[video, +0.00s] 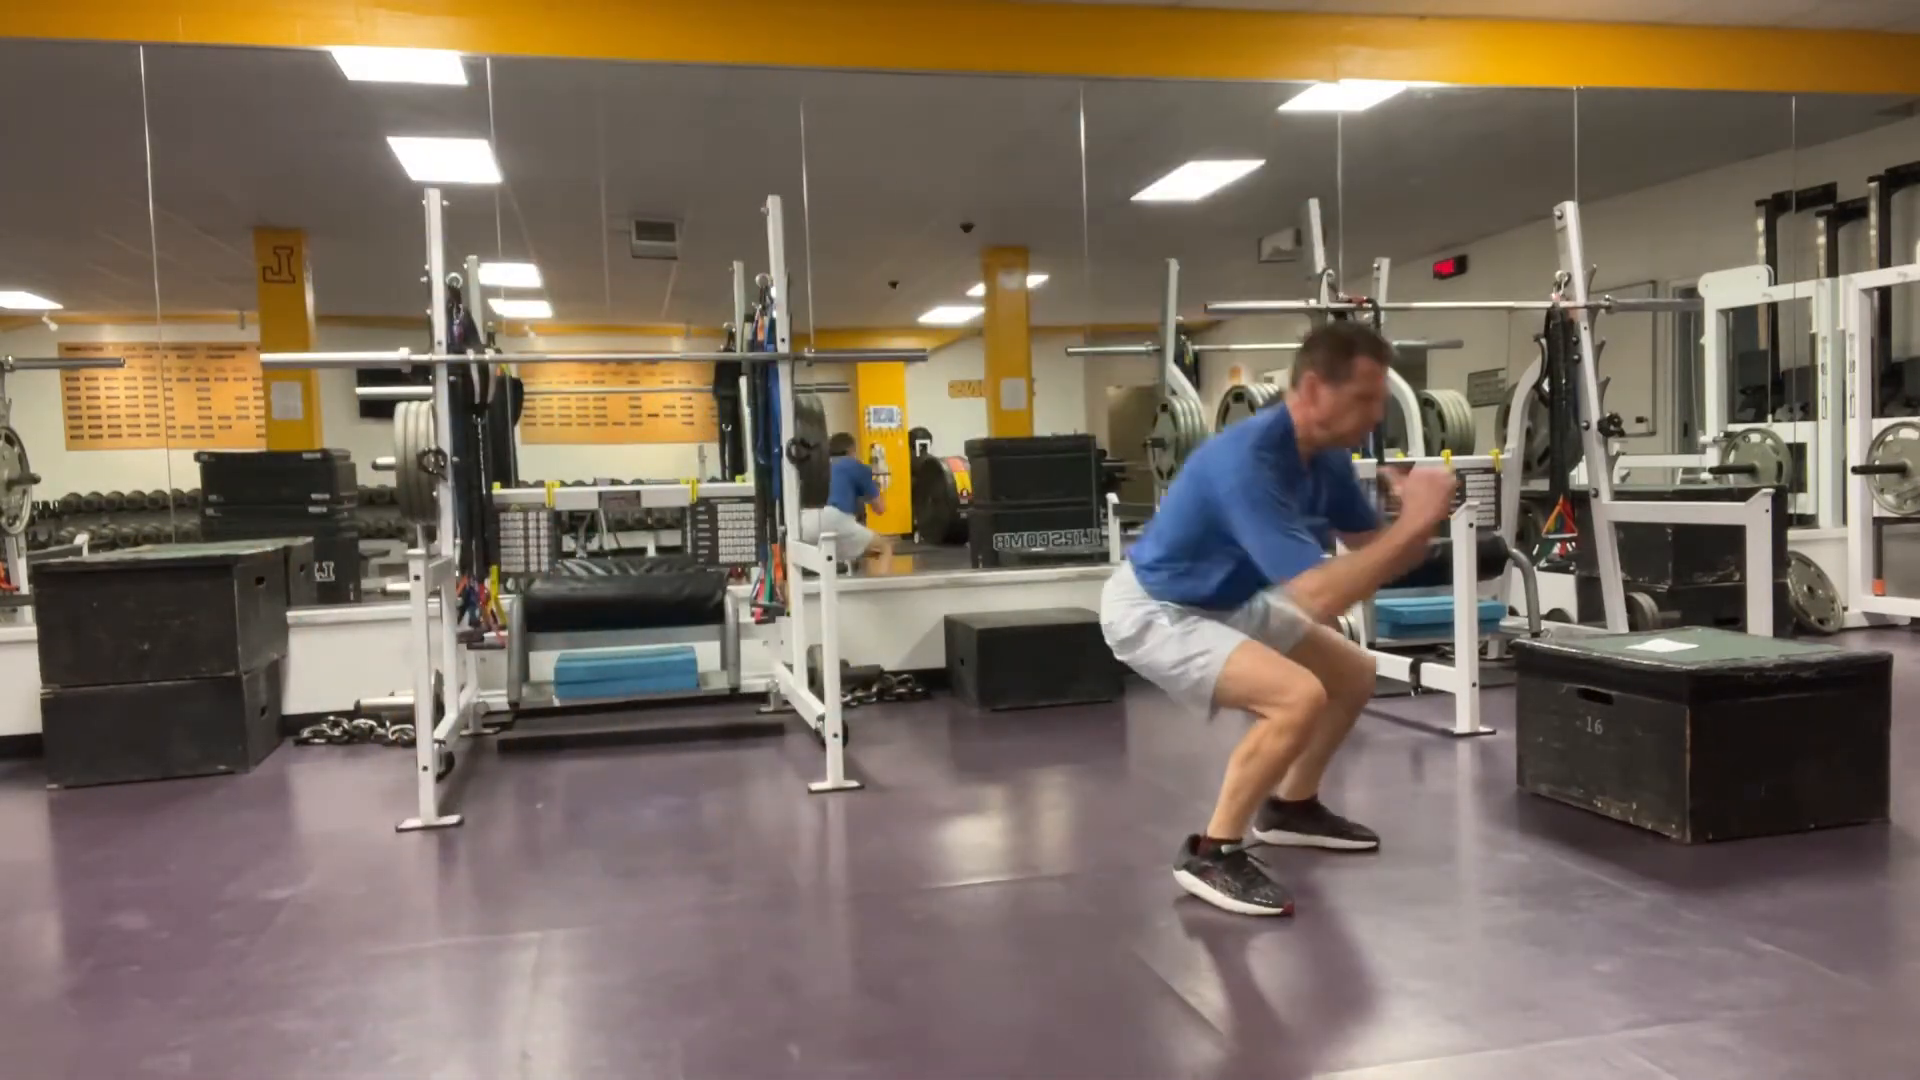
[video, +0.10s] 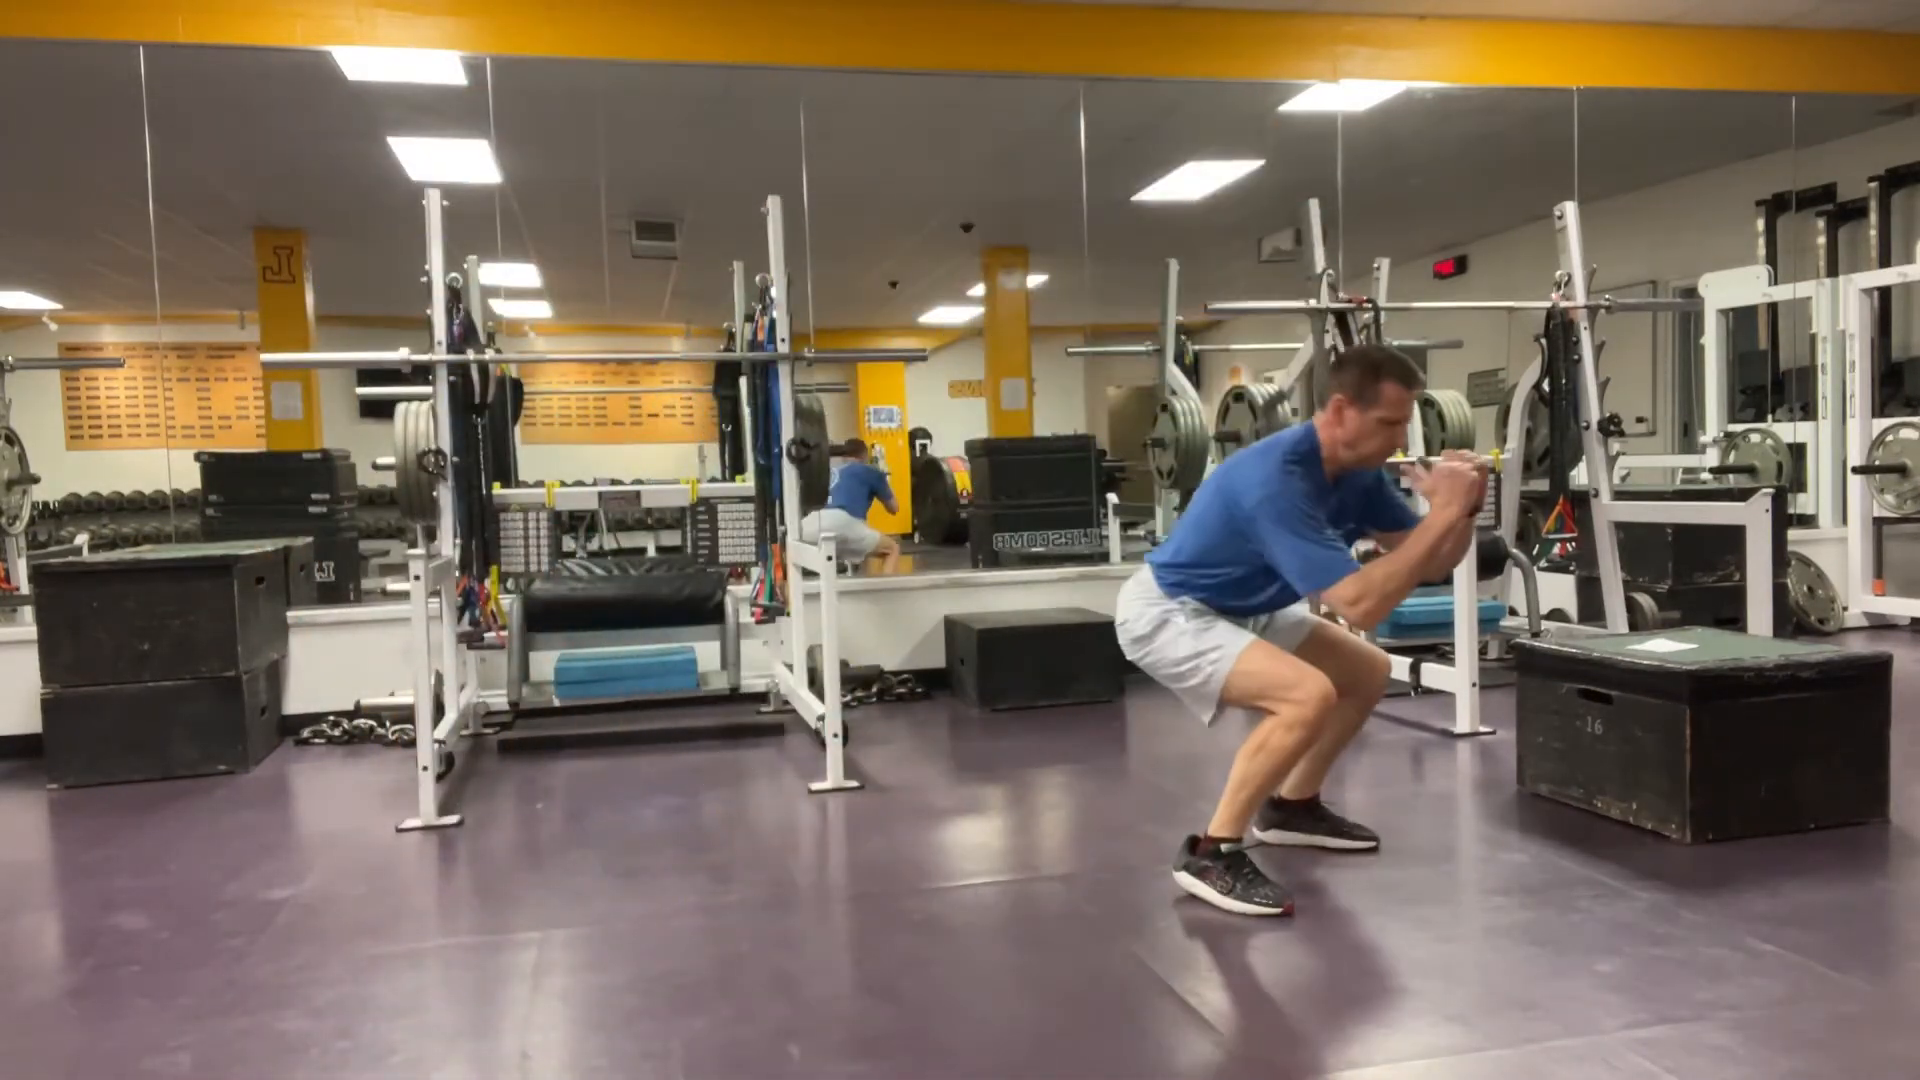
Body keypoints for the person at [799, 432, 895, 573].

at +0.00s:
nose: (855, 452)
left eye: (854, 449)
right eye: (854, 449)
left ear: (830, 450)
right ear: (851, 450)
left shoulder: (818, 466)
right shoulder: (856, 468)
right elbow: (879, 508)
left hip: (805, 520)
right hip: (835, 519)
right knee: (884, 547)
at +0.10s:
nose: (867, 457)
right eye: (866, 454)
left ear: (844, 455)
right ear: (864, 455)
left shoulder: (830, 471)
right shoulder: (871, 473)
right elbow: (893, 508)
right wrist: (881, 482)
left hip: (812, 521)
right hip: (843, 522)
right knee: (892, 549)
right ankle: (885, 593)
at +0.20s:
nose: (877, 458)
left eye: (877, 454)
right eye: (876, 454)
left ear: (852, 454)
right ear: (873, 454)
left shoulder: (835, 469)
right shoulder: (880, 472)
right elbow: (898, 508)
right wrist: (888, 485)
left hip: (815, 521)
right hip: (847, 521)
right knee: (897, 548)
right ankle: (889, 593)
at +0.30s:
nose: (882, 455)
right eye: (881, 452)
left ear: (858, 450)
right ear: (879, 451)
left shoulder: (840, 466)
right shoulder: (886, 469)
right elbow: (901, 507)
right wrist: (893, 485)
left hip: (820, 516)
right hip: (851, 518)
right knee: (899, 548)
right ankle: (889, 592)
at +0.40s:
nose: (885, 452)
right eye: (884, 449)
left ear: (862, 447)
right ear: (882, 448)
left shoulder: (843, 463)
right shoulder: (888, 466)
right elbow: (903, 504)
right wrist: (898, 484)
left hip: (822, 513)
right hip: (853, 514)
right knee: (899, 549)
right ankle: (888, 594)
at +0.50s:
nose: (886, 447)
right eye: (886, 443)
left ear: (863, 442)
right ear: (883, 443)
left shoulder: (845, 459)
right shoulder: (889, 461)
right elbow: (904, 500)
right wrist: (897, 478)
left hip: (827, 511)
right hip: (855, 513)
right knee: (899, 549)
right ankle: (888, 594)